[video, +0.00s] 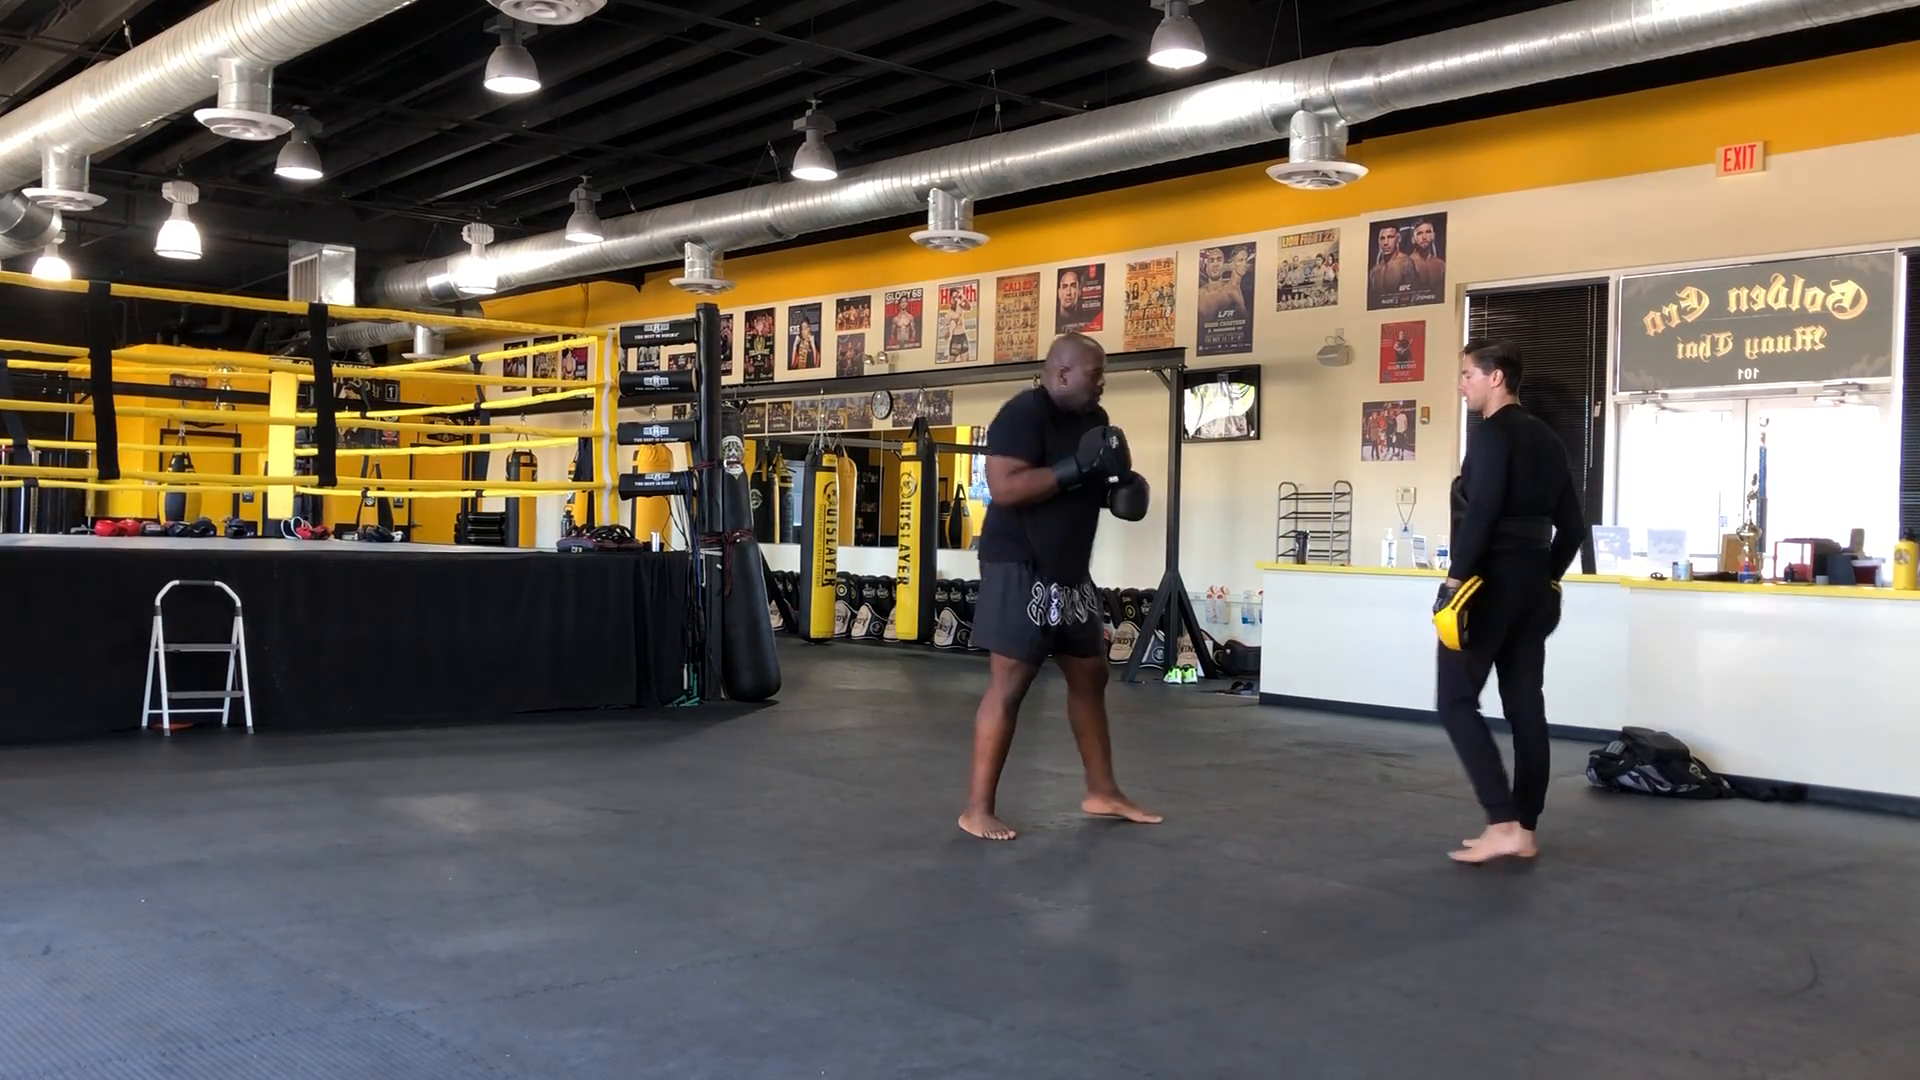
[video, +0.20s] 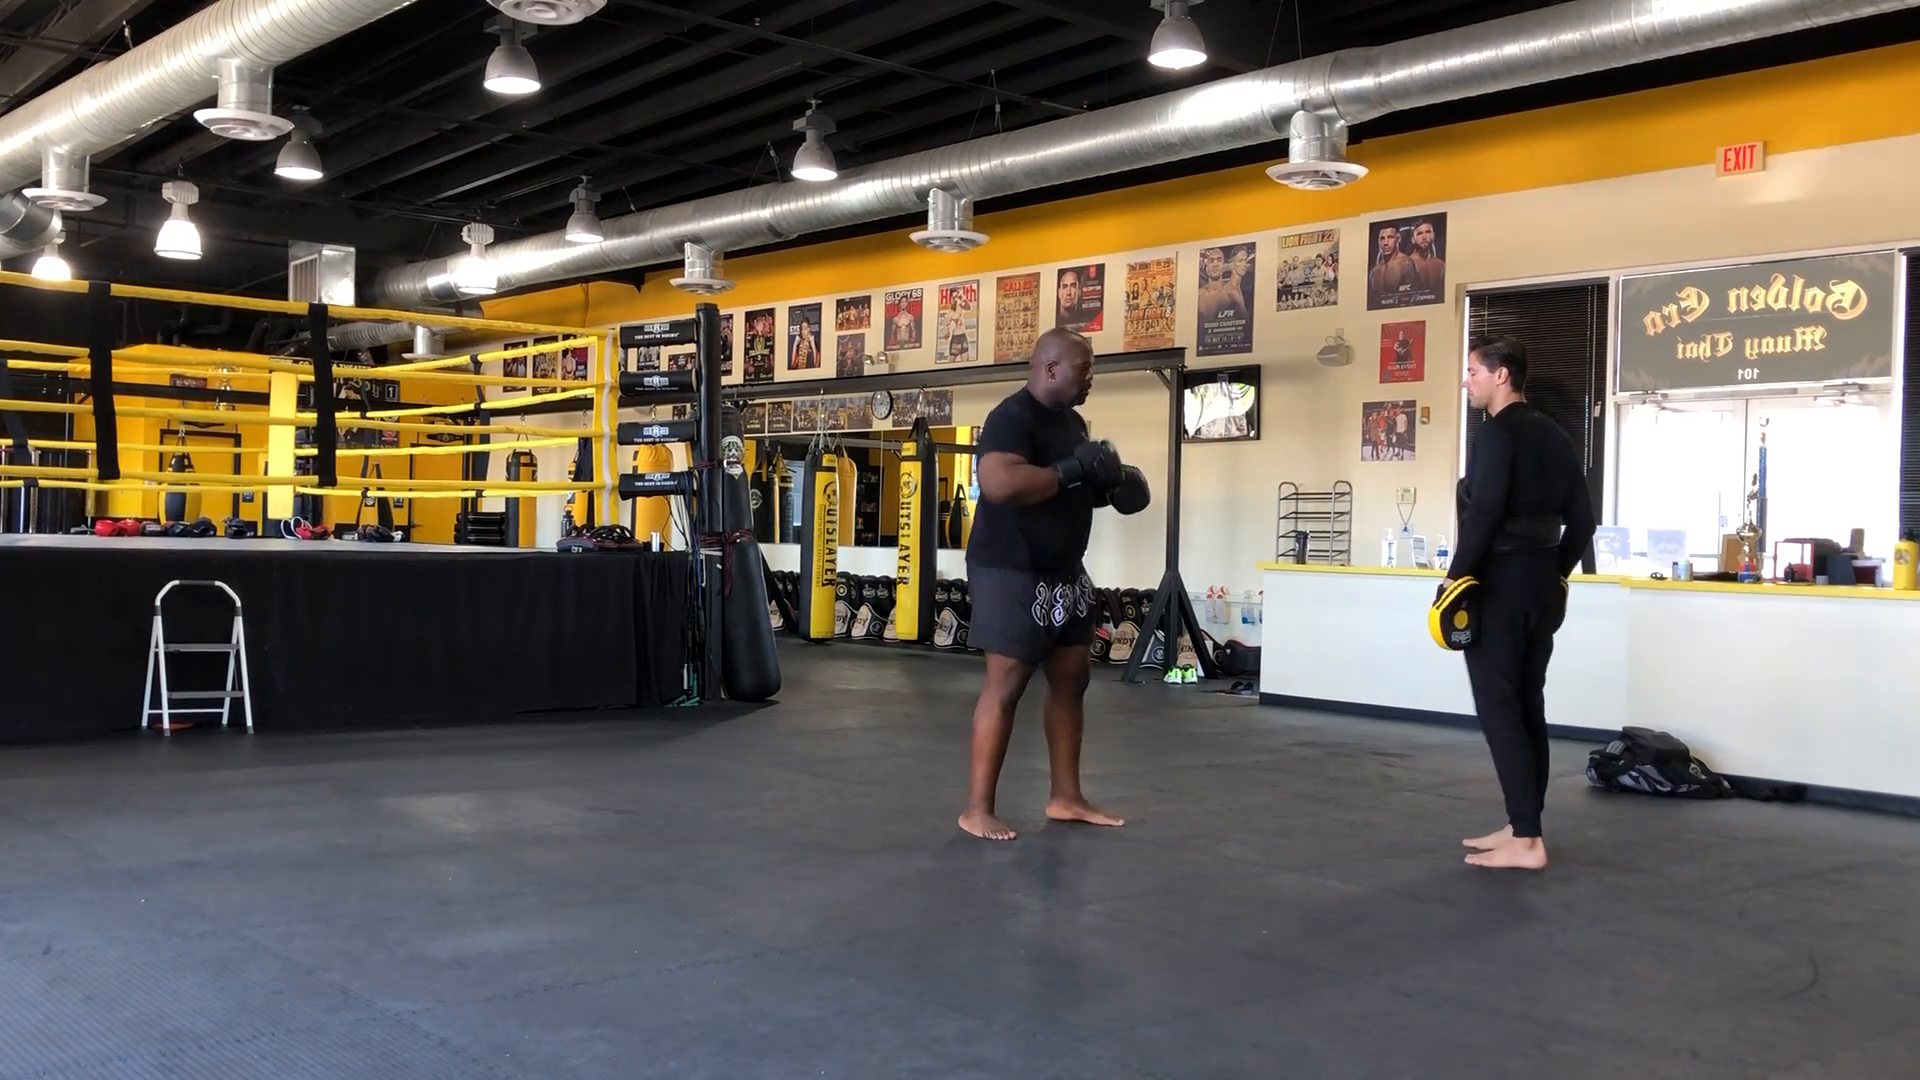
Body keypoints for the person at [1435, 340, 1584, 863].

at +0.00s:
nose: (1461, 386)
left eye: (1466, 376)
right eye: (1461, 376)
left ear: (1495, 378)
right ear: (1501, 381)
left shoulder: (1490, 431)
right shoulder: (1545, 436)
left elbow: (1481, 510)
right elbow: (1573, 526)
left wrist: (1453, 583)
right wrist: (1544, 577)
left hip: (1489, 586)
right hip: (1534, 586)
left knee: (1455, 703)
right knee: (1525, 705)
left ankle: (1503, 825)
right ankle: (1524, 831)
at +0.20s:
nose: (1466, 383)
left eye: (1472, 373)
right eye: (1467, 373)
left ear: (1500, 376)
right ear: (1506, 378)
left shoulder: (1496, 432)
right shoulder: (1556, 434)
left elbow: (1482, 512)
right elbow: (1583, 519)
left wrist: (1455, 582)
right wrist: (1553, 570)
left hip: (1500, 580)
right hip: (1544, 582)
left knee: (1498, 705)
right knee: (1527, 703)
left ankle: (1526, 840)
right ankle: (1523, 826)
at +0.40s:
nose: (1465, 384)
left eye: (1470, 375)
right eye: (1465, 374)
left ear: (1497, 377)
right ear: (1504, 378)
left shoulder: (1498, 432)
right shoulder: (1557, 428)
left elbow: (1485, 516)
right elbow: (1590, 509)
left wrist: (1450, 584)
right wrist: (1551, 544)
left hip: (1514, 575)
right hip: (1559, 574)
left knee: (1518, 709)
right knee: (1524, 705)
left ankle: (1529, 845)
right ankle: (1523, 823)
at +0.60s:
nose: (1473, 385)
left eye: (1477, 375)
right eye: (1473, 375)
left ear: (1508, 374)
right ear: (1515, 376)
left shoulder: (1507, 431)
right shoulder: (1568, 429)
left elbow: (1492, 517)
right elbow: (1588, 515)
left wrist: (1456, 582)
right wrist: (1520, 531)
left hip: (1519, 576)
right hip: (1565, 575)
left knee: (1519, 708)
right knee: (1535, 700)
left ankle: (1528, 844)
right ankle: (1558, 822)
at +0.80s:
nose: (1487, 384)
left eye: (1492, 374)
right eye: (1487, 375)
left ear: (1521, 374)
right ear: (1531, 375)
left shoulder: (1512, 431)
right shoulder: (1578, 433)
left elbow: (1495, 513)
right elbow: (1580, 509)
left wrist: (1469, 580)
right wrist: (1488, 495)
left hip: (1517, 584)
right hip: (1567, 585)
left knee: (1515, 712)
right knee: (1556, 706)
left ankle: (1527, 843)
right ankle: (1573, 839)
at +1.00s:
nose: (1495, 385)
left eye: (1501, 375)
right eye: (1496, 375)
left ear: (1529, 377)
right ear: (1540, 379)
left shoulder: (1518, 430)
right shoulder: (1585, 437)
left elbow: (1499, 511)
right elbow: (1578, 513)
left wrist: (1469, 583)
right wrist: (1506, 475)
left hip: (1523, 584)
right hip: (1571, 586)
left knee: (1472, 702)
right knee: (1567, 713)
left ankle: (1515, 829)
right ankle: (1574, 840)